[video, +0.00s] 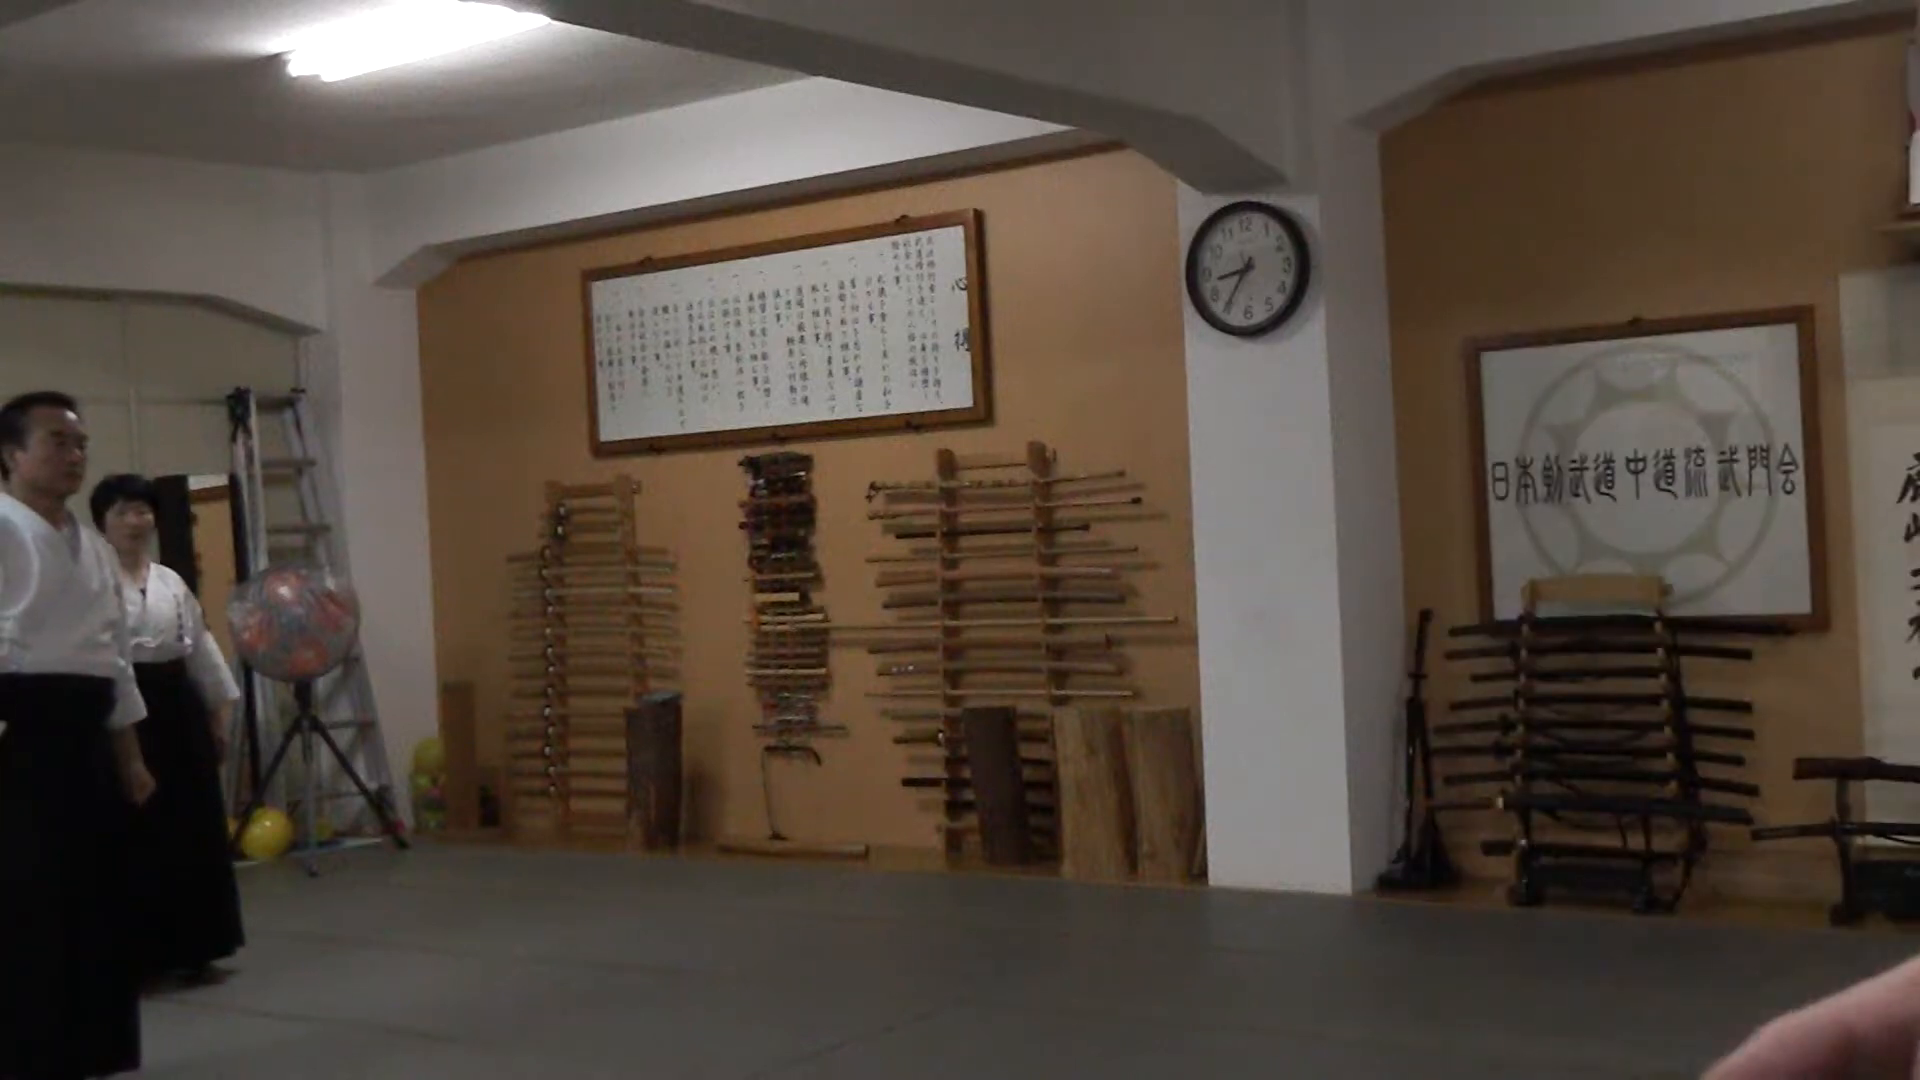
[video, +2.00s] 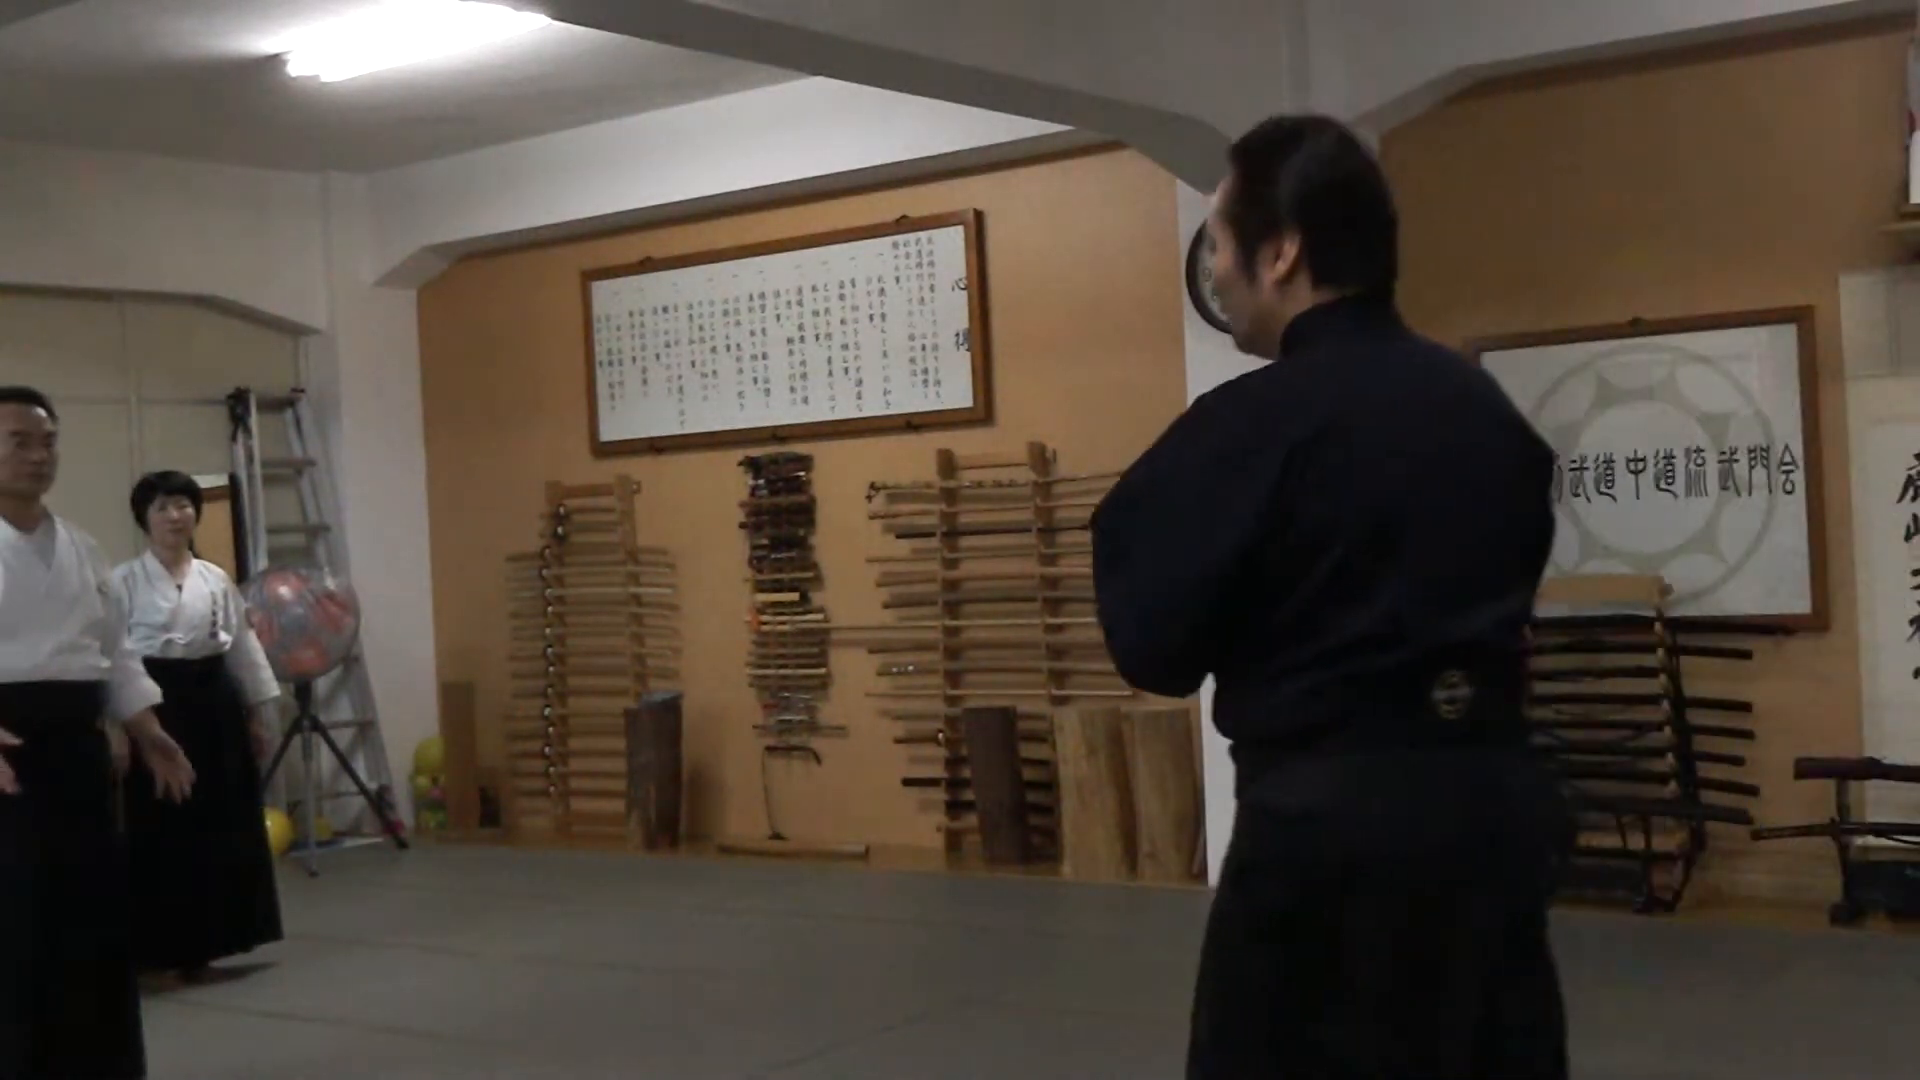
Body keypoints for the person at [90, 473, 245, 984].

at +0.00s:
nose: (136, 520)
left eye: (144, 510)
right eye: (124, 512)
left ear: (155, 520)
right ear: (102, 523)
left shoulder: (170, 581)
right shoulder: (95, 582)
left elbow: (199, 643)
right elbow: (93, 656)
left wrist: (225, 697)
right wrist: (108, 727)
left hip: (175, 695)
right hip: (121, 700)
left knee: (193, 816)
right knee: (137, 822)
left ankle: (198, 945)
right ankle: (147, 949)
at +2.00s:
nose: (175, 515)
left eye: (183, 506)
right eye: (163, 507)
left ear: (197, 515)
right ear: (144, 519)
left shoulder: (216, 580)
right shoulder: (124, 581)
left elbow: (243, 646)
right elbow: (112, 658)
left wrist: (262, 713)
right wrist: (121, 729)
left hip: (211, 702)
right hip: (153, 706)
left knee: (213, 818)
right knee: (159, 822)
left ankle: (203, 946)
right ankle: (162, 949)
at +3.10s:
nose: (183, 516)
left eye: (191, 508)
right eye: (170, 509)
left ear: (204, 518)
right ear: (148, 522)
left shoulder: (217, 579)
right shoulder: (141, 581)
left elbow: (243, 643)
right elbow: (136, 656)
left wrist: (263, 707)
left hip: (217, 704)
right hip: (160, 711)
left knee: (226, 816)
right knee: (174, 826)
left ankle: (230, 930)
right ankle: (184, 936)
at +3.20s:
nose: (182, 522)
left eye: (191, 512)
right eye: (169, 514)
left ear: (203, 519)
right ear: (147, 522)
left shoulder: (216, 579)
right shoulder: (135, 583)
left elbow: (243, 645)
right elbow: (135, 651)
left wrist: (263, 708)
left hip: (215, 698)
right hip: (158, 702)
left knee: (222, 812)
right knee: (167, 819)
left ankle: (225, 929)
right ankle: (172, 933)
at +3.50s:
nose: (186, 522)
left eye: (195, 512)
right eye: (173, 513)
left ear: (207, 519)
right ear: (148, 523)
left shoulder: (219, 580)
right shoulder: (137, 583)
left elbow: (245, 644)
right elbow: (131, 654)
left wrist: (265, 707)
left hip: (218, 700)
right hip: (160, 704)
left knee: (224, 814)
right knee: (169, 821)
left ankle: (222, 934)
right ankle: (176, 938)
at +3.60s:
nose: (187, 521)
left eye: (195, 511)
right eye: (174, 513)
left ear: (208, 519)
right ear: (149, 523)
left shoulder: (221, 580)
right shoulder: (139, 583)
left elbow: (246, 645)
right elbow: (133, 655)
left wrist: (265, 710)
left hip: (220, 699)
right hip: (162, 704)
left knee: (226, 814)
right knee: (174, 821)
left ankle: (229, 932)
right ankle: (181, 938)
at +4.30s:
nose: (197, 517)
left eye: (203, 508)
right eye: (184, 509)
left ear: (215, 518)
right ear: (159, 521)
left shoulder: (222, 578)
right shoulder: (148, 575)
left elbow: (249, 643)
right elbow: (137, 652)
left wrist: (269, 708)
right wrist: (141, 720)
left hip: (225, 701)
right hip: (170, 703)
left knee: (231, 814)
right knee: (180, 819)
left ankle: (232, 932)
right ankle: (187, 938)